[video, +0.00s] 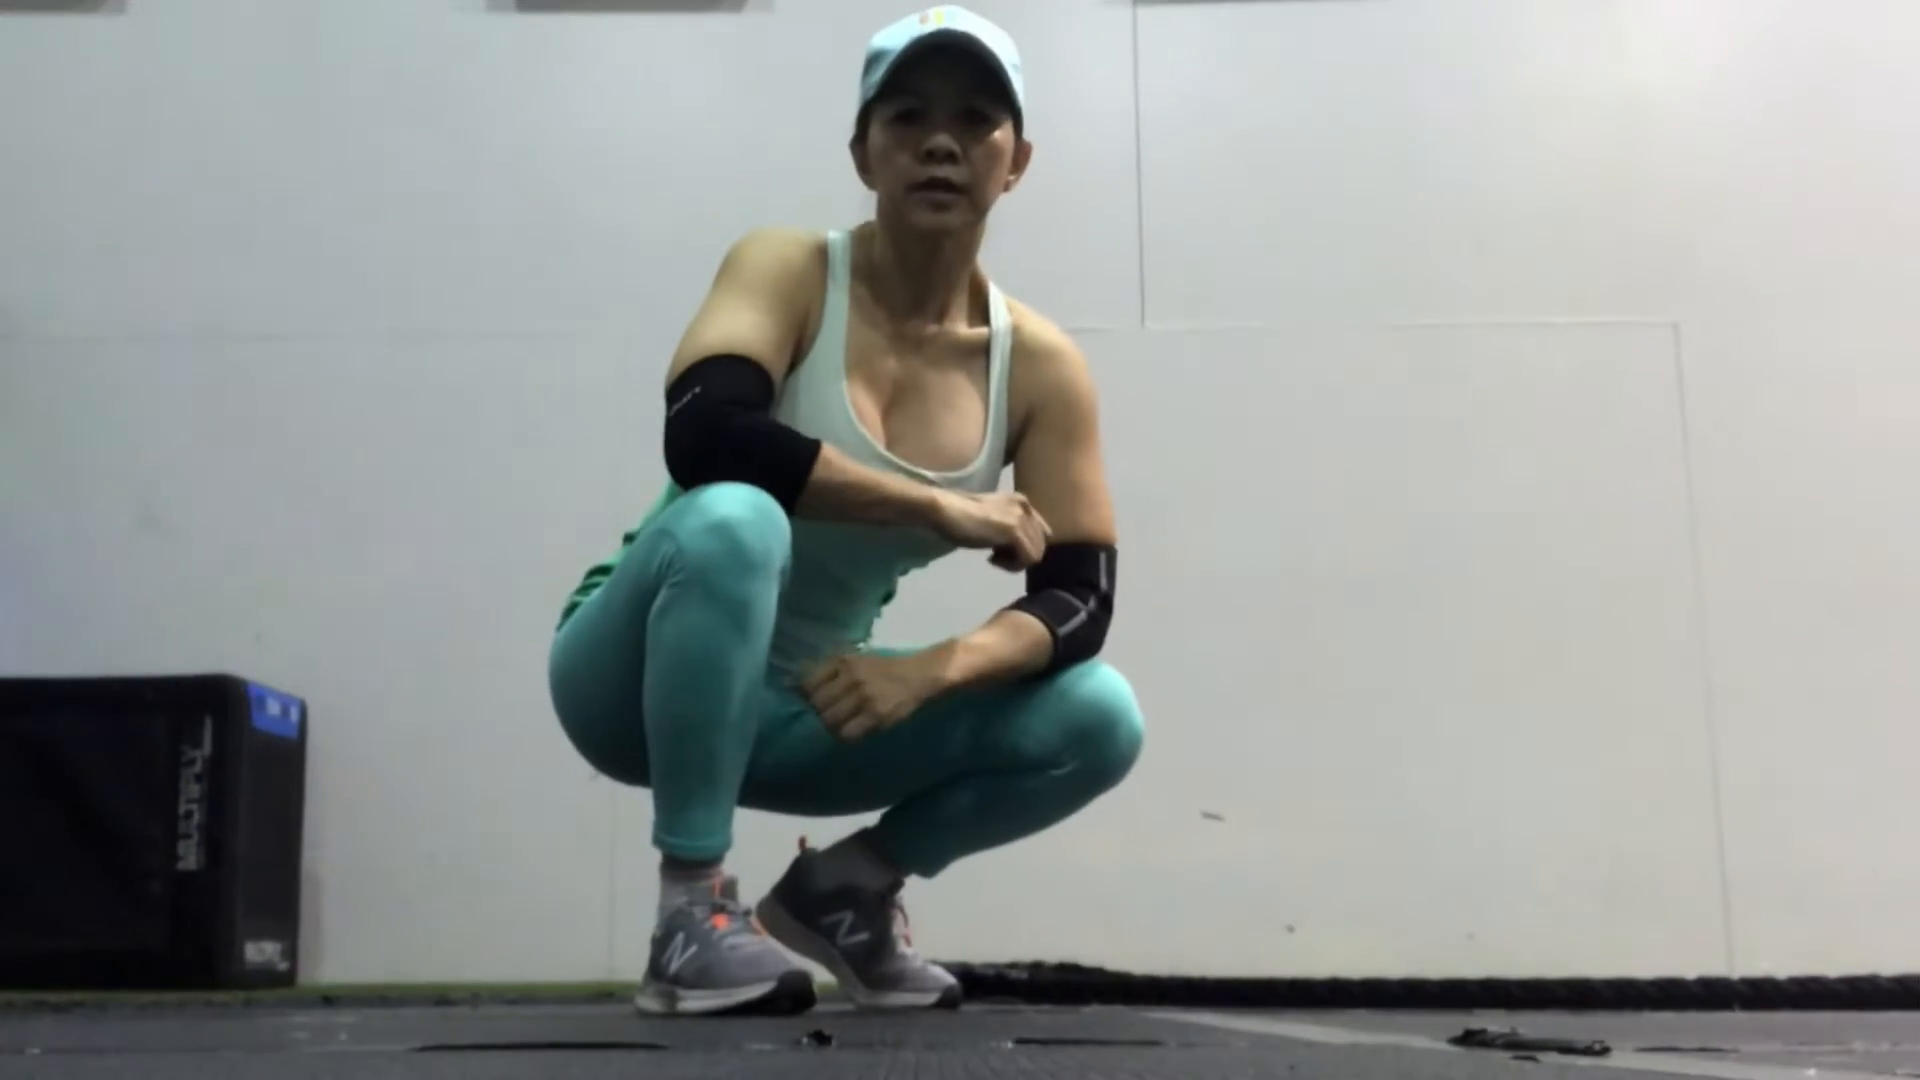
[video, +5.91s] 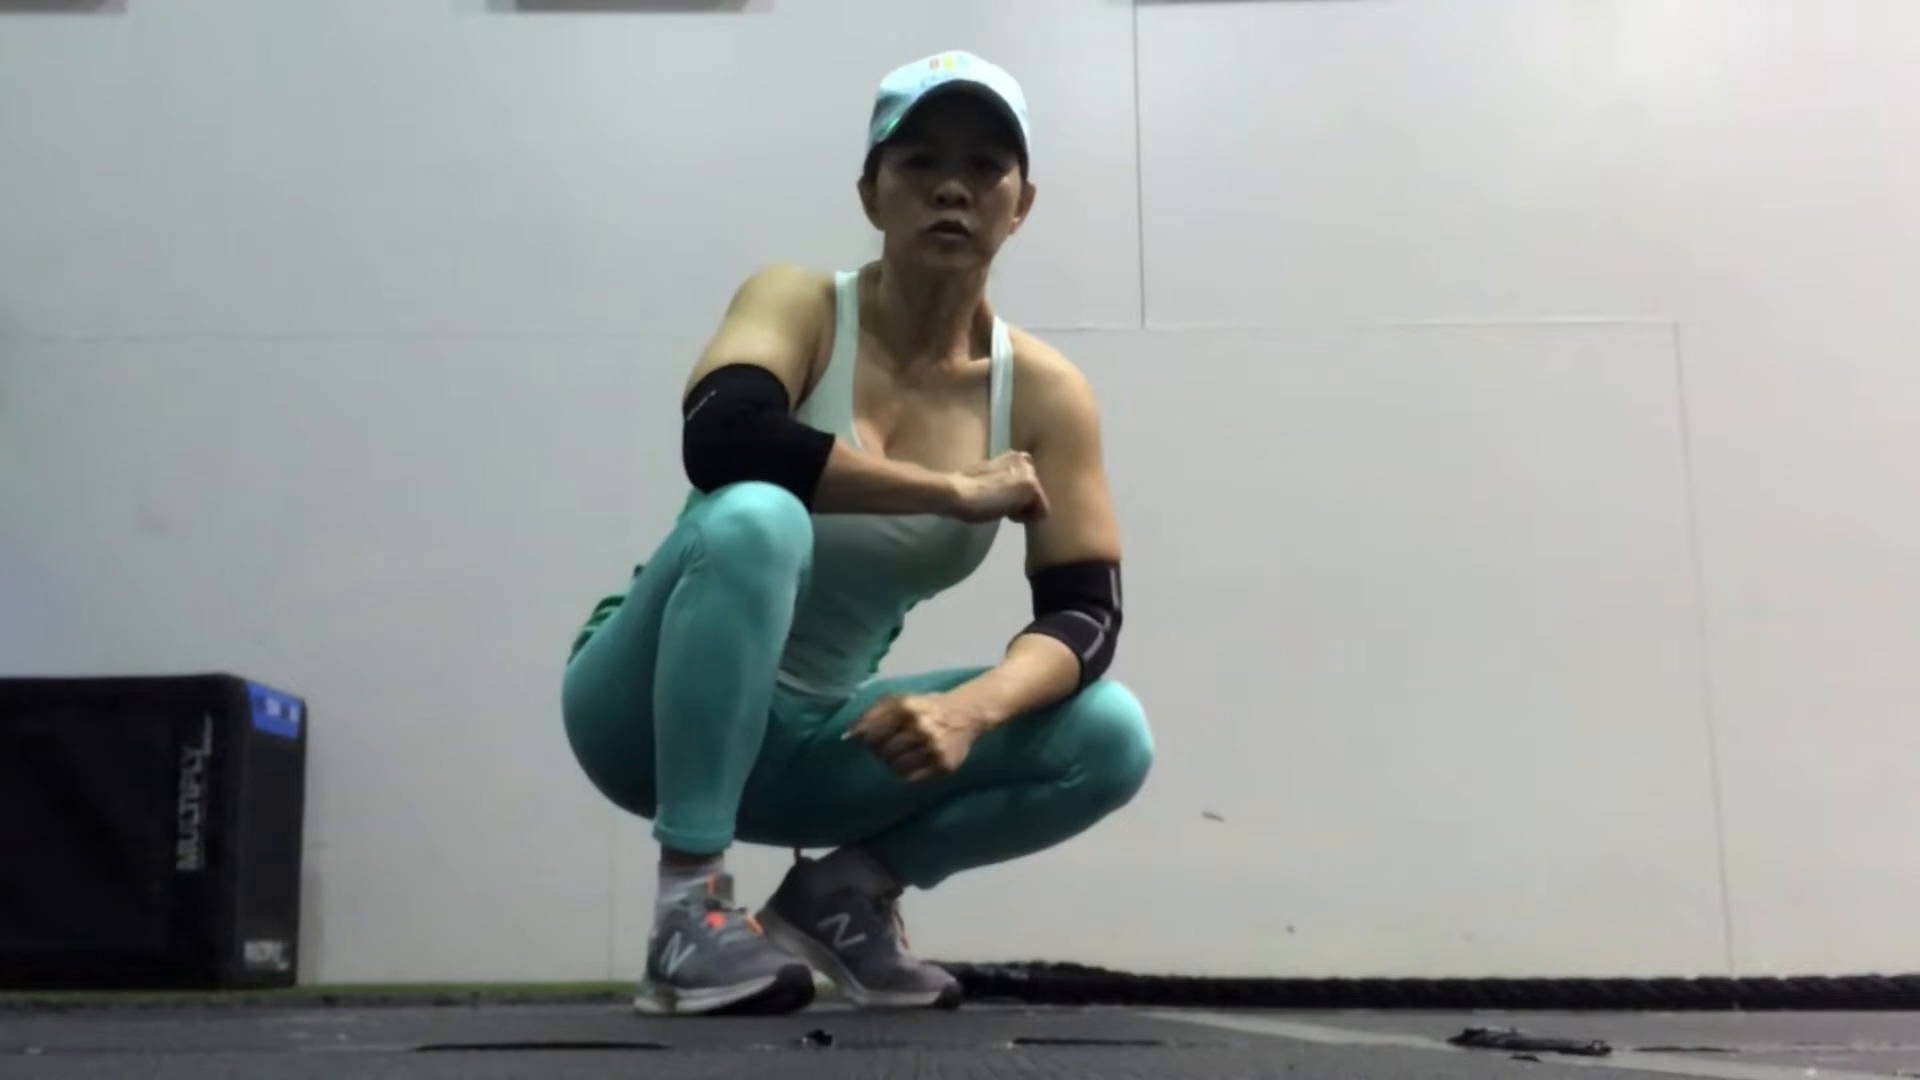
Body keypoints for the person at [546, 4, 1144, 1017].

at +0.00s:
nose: (940, 140)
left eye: (972, 117)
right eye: (909, 115)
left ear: (1015, 159)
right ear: (864, 149)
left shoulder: (1040, 367)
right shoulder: (782, 270)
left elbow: (1078, 600)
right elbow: (707, 437)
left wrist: (929, 669)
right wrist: (938, 506)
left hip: (813, 711)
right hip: (645, 675)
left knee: (1097, 720)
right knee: (734, 523)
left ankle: (842, 888)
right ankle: (691, 915)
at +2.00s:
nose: (983, 180)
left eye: (1005, 155)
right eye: (945, 152)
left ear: (1032, 181)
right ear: (878, 179)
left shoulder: (1048, 389)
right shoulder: (792, 295)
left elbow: (1087, 620)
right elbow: (715, 437)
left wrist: (949, 708)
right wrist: (946, 497)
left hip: (821, 729)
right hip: (657, 696)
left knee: (1107, 740)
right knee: (746, 520)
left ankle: (839, 890)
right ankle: (692, 911)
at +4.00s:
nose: (965, 185)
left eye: (997, 166)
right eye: (936, 157)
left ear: (1032, 207)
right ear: (883, 187)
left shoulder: (1049, 393)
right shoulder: (803, 295)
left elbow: (1094, 616)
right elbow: (717, 436)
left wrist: (980, 704)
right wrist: (948, 492)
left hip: (818, 738)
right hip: (657, 703)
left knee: (1114, 740)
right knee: (752, 519)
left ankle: (840, 891)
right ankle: (691, 909)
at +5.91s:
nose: (952, 187)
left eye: (983, 165)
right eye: (921, 161)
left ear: (1021, 202)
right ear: (872, 191)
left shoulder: (1042, 393)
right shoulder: (794, 304)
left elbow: (1083, 617)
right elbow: (725, 440)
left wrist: (972, 708)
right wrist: (951, 490)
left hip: (820, 745)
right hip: (654, 711)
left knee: (1107, 738)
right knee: (757, 520)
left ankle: (841, 893)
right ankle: (691, 911)